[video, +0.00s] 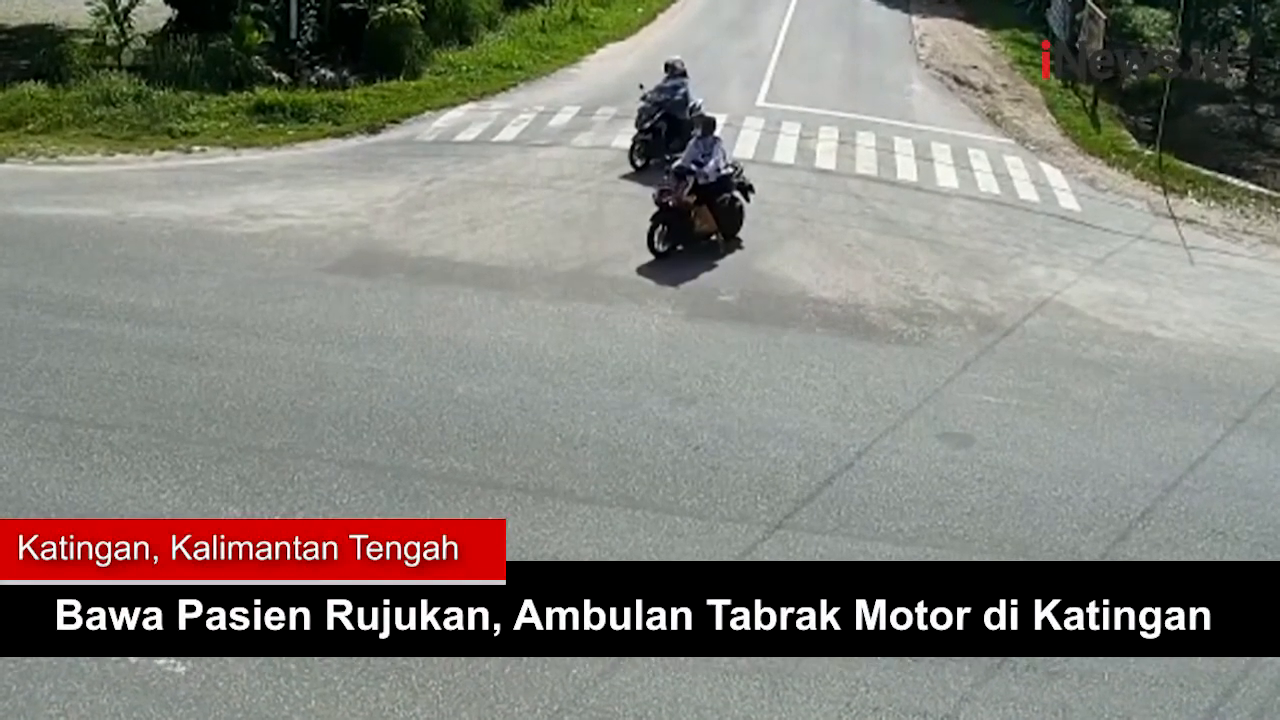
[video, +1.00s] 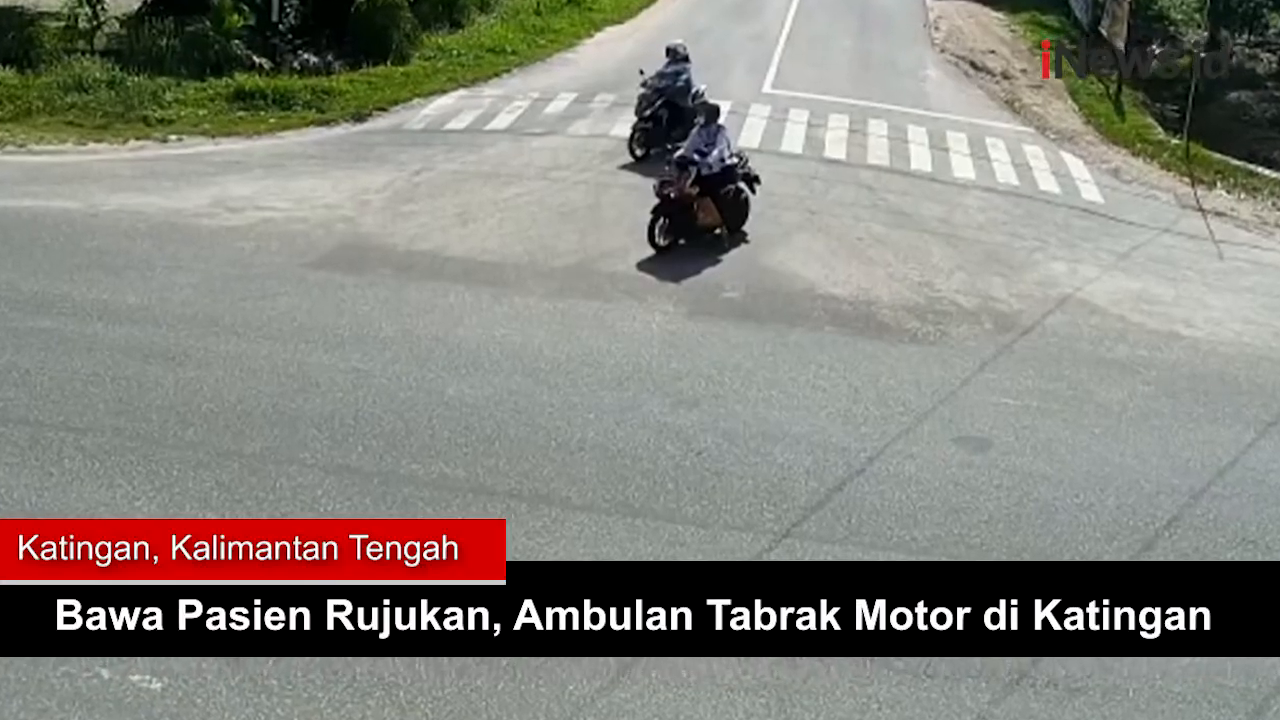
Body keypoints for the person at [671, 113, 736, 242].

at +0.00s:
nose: (700, 130)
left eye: (703, 127)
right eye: (700, 126)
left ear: (710, 128)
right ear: (700, 128)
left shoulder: (716, 143)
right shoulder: (695, 142)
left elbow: (715, 161)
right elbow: (686, 157)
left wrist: (705, 171)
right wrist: (675, 166)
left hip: (716, 178)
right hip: (699, 178)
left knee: (709, 201)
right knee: (687, 197)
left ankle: (724, 233)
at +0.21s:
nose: (698, 127)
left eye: (701, 124)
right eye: (698, 124)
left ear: (709, 126)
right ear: (698, 126)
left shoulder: (717, 141)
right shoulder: (695, 140)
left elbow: (717, 158)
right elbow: (686, 155)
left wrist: (706, 169)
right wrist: (676, 164)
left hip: (717, 176)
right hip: (699, 176)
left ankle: (724, 230)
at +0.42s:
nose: (697, 124)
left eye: (701, 121)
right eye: (697, 121)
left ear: (709, 124)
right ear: (699, 123)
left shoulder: (718, 138)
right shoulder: (696, 138)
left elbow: (717, 157)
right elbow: (687, 153)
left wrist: (705, 168)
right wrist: (678, 163)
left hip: (718, 174)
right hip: (700, 173)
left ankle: (727, 230)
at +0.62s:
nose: (699, 122)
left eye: (702, 119)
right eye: (699, 119)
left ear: (711, 122)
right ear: (702, 121)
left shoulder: (719, 137)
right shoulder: (696, 136)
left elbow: (718, 156)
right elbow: (688, 151)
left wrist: (705, 166)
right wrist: (679, 161)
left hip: (720, 173)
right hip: (701, 173)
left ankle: (728, 229)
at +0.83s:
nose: (700, 120)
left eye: (703, 117)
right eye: (700, 116)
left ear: (712, 119)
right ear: (703, 119)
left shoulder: (720, 134)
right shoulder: (697, 134)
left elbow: (719, 154)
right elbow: (688, 149)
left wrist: (706, 164)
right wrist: (679, 159)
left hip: (720, 170)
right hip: (702, 170)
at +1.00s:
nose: (701, 117)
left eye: (704, 114)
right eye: (701, 114)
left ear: (712, 116)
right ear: (703, 116)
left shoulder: (721, 132)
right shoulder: (698, 131)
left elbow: (719, 150)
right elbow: (689, 146)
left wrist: (707, 161)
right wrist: (678, 156)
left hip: (722, 168)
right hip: (703, 168)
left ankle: (727, 224)